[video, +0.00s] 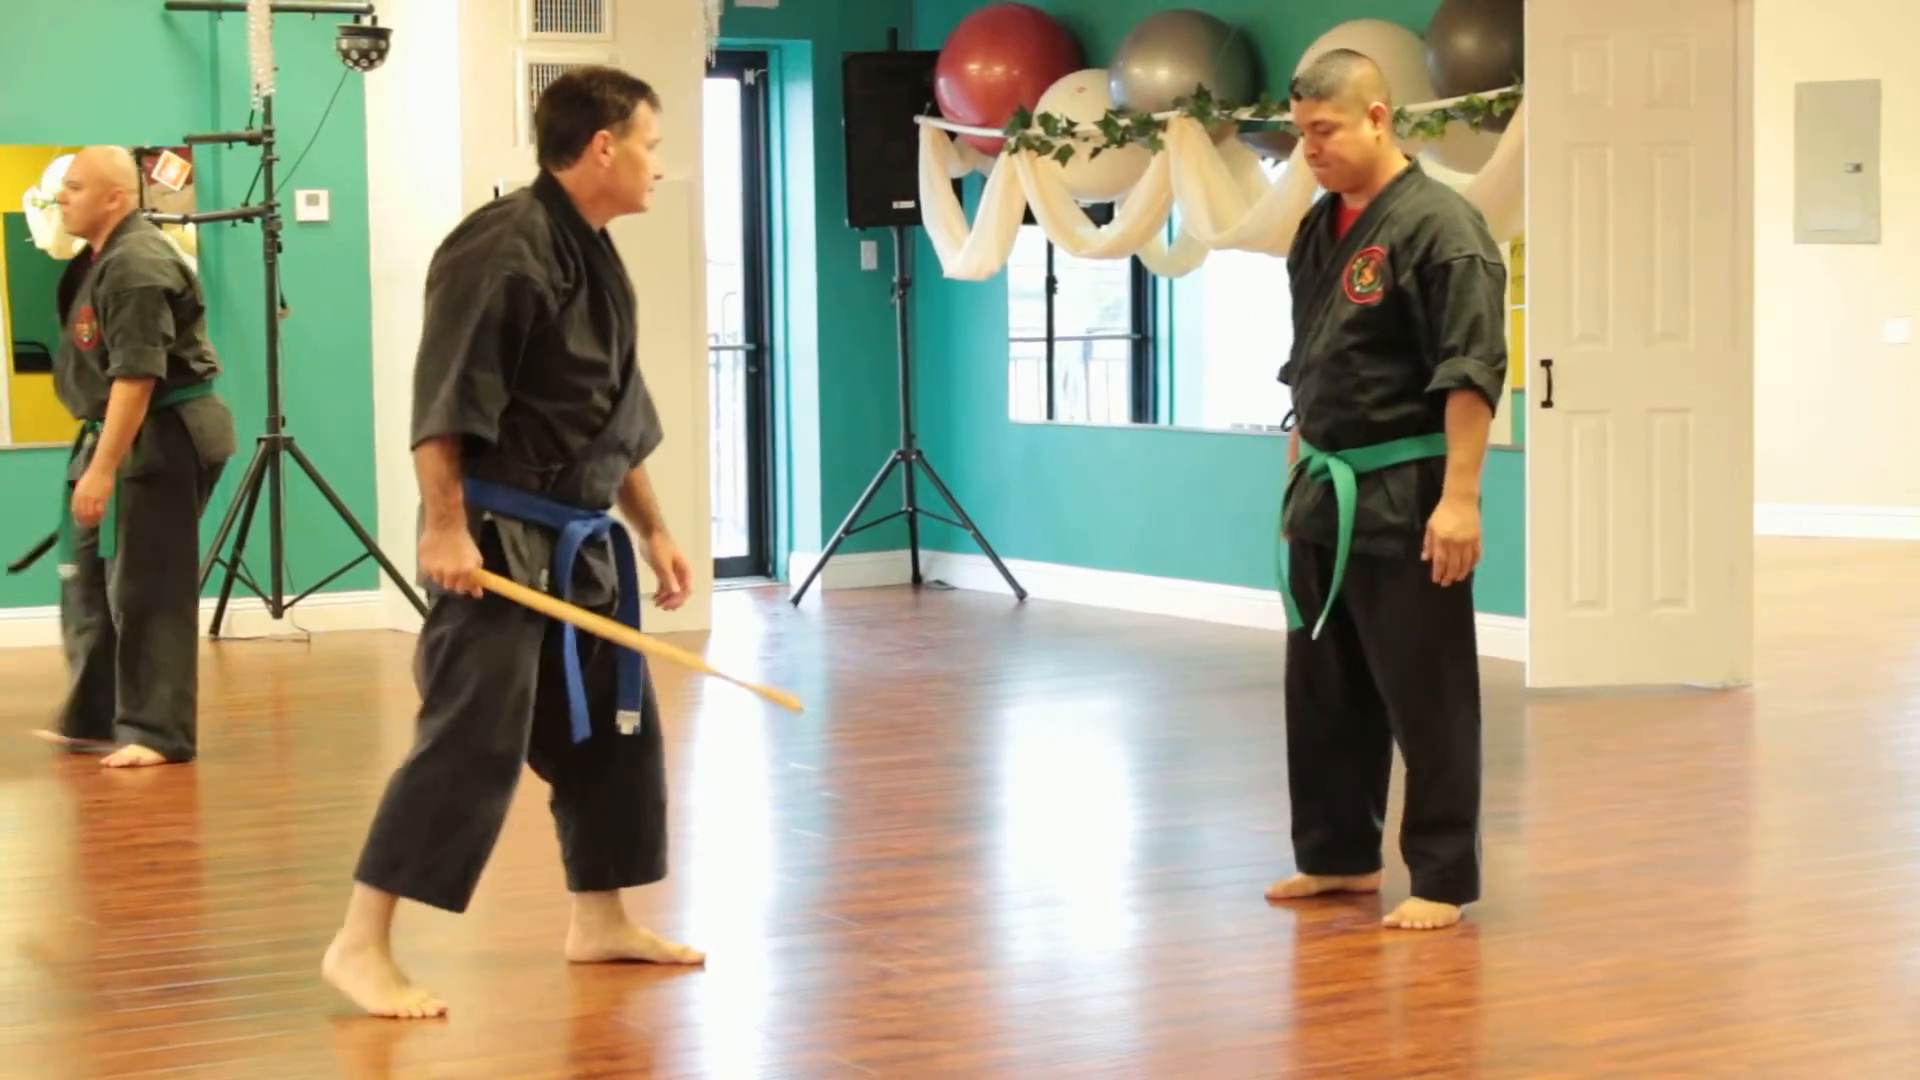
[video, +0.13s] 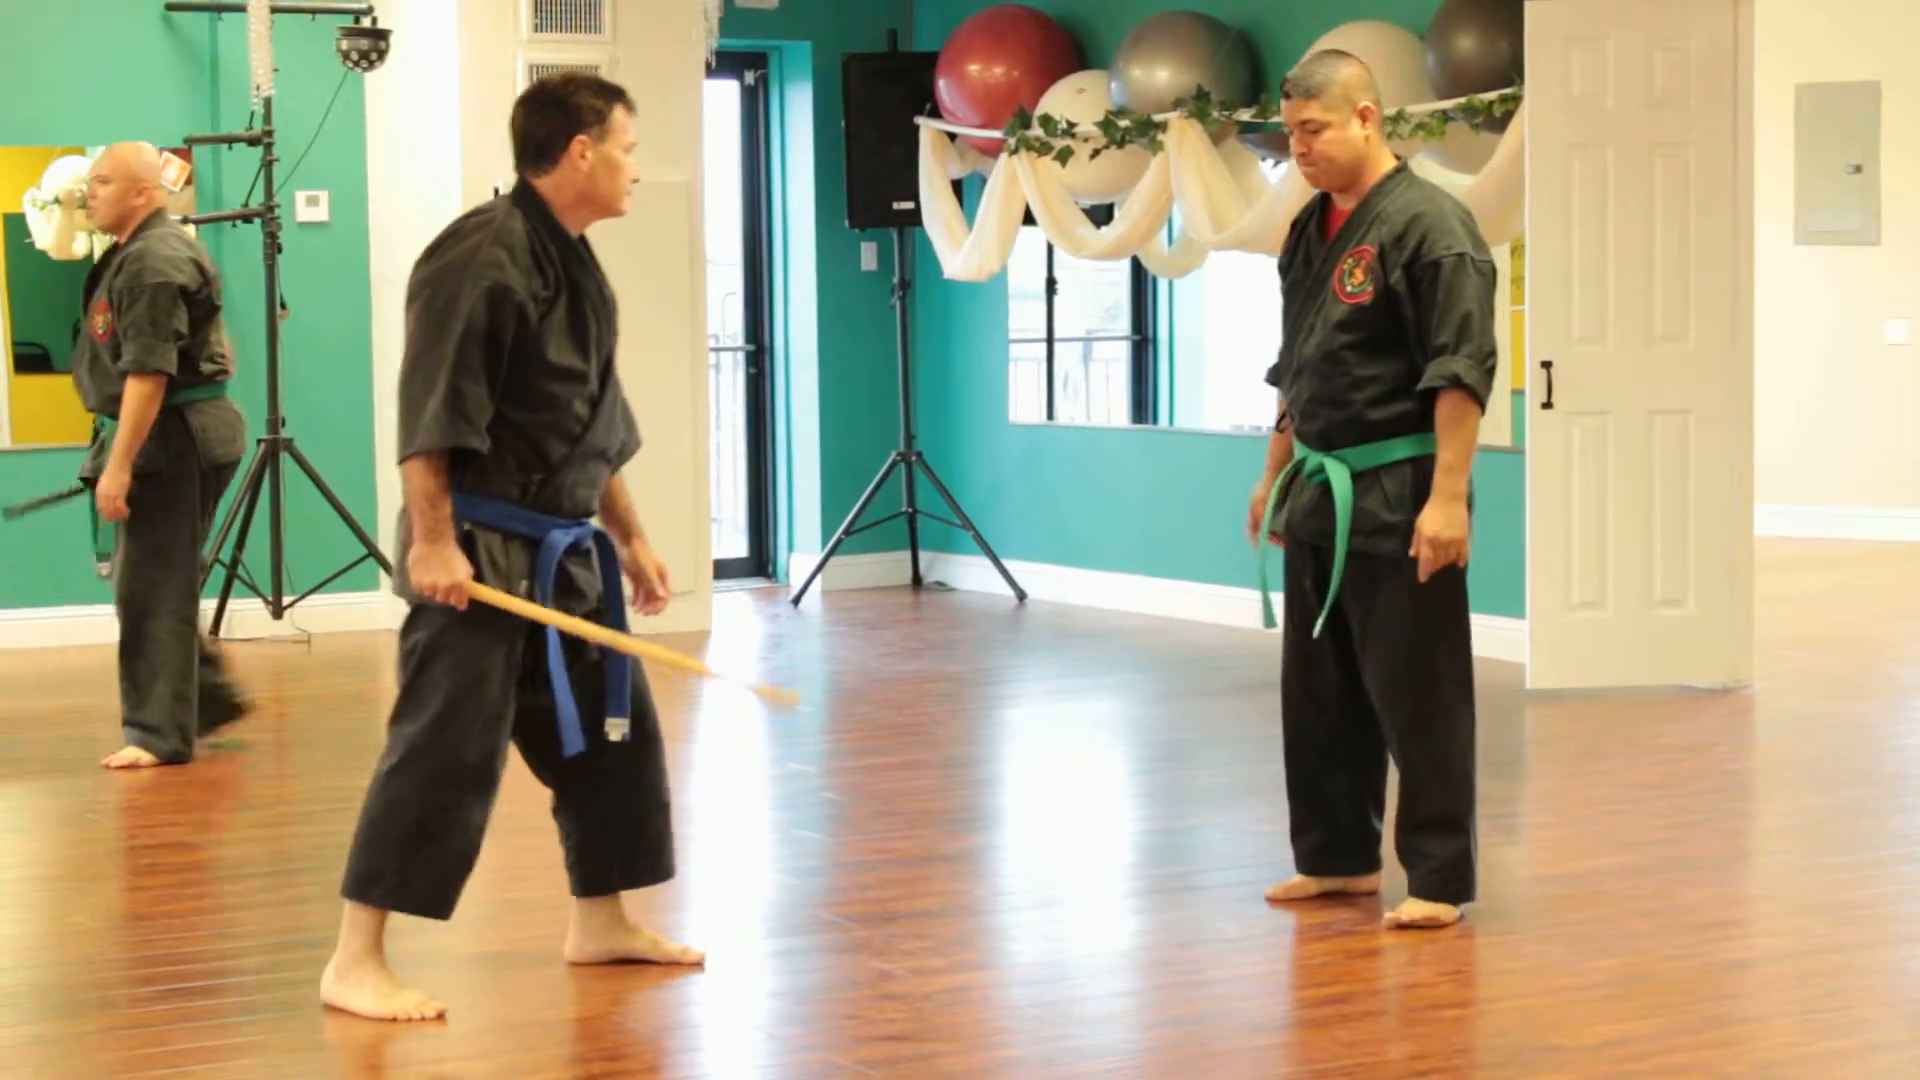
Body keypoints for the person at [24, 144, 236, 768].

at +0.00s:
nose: (62, 197)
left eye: (73, 188)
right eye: (64, 187)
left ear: (113, 198)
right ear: (109, 199)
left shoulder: (136, 263)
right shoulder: (109, 258)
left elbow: (137, 378)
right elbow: (118, 370)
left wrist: (102, 468)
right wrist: (100, 447)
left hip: (163, 433)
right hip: (129, 428)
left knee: (150, 580)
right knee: (93, 575)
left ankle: (160, 732)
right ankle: (95, 718)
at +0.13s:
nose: (89, 193)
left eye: (100, 183)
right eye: (92, 182)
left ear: (140, 193)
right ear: (139, 194)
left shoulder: (154, 260)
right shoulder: (145, 248)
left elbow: (149, 373)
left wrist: (120, 463)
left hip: (174, 435)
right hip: (166, 429)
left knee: (154, 583)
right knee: (151, 574)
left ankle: (159, 733)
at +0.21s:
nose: (104, 194)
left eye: (118, 183)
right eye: (106, 182)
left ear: (163, 192)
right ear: (164, 195)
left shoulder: (165, 262)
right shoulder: (185, 248)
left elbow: (160, 376)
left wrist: (128, 461)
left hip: (179, 435)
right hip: (212, 428)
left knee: (155, 584)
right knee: (203, 574)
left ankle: (160, 737)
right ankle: (276, 697)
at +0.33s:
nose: (130, 199)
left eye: (144, 191)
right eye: (134, 188)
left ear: (185, 204)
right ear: (187, 205)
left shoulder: (184, 269)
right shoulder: (212, 254)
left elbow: (175, 378)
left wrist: (140, 464)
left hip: (195, 439)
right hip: (238, 433)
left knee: (147, 586)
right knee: (243, 565)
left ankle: (160, 737)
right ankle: (306, 705)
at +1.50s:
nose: (136, 208)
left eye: (147, 197)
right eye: (139, 197)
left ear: (187, 206)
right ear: (195, 209)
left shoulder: (178, 271)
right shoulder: (238, 263)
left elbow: (147, 376)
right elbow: (251, 359)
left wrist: (105, 447)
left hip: (194, 447)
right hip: (245, 441)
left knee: (141, 594)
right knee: (245, 591)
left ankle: (130, 744)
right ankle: (292, 723)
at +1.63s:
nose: (122, 211)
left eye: (134, 201)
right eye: (125, 200)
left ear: (174, 211)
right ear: (185, 212)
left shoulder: (157, 272)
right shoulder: (229, 267)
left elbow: (100, 359)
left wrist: (39, 418)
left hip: (182, 451)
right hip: (240, 444)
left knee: (118, 589)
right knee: (232, 586)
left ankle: (126, 742)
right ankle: (290, 722)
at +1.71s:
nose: (106, 221)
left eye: (116, 211)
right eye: (109, 210)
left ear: (154, 220)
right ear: (167, 221)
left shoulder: (136, 274)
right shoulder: (210, 273)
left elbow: (47, 341)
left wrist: (8, 371)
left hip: (172, 457)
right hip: (234, 450)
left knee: (97, 586)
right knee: (219, 586)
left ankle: (112, 742)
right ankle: (290, 723)